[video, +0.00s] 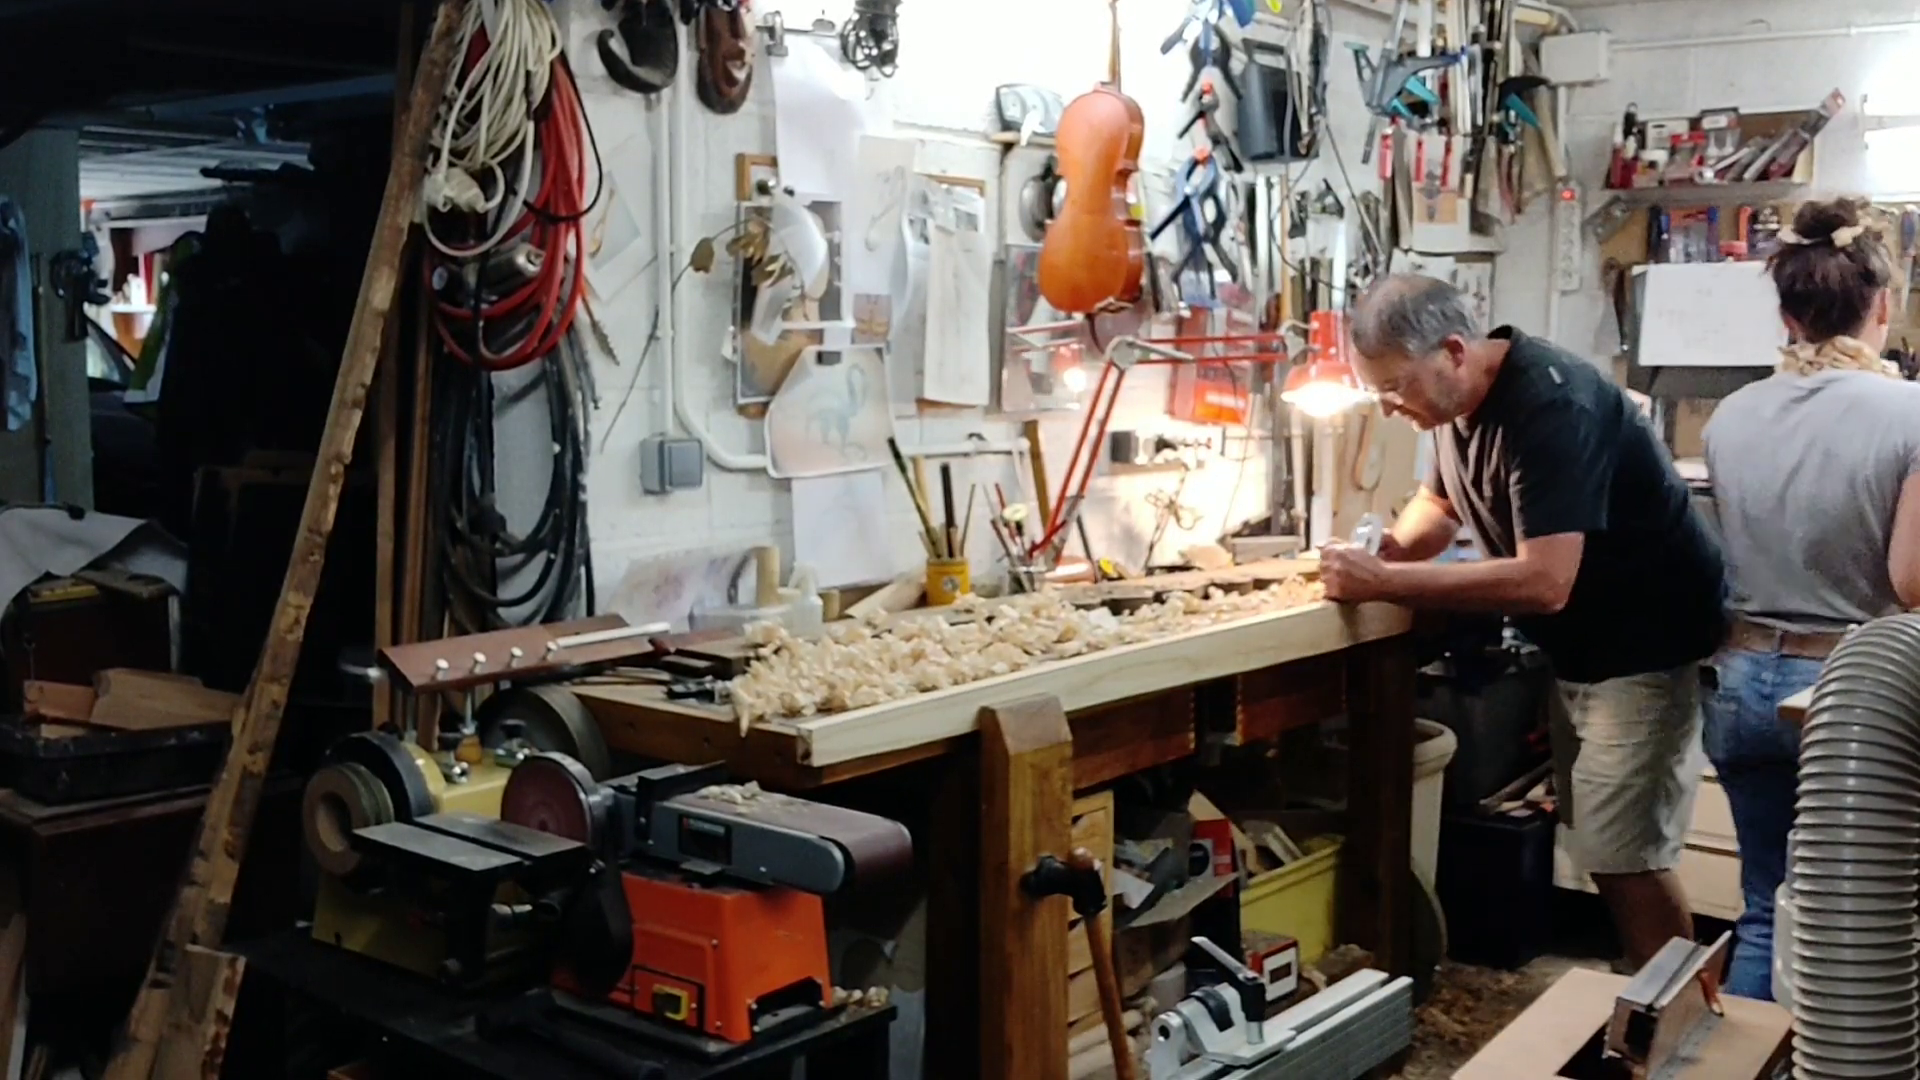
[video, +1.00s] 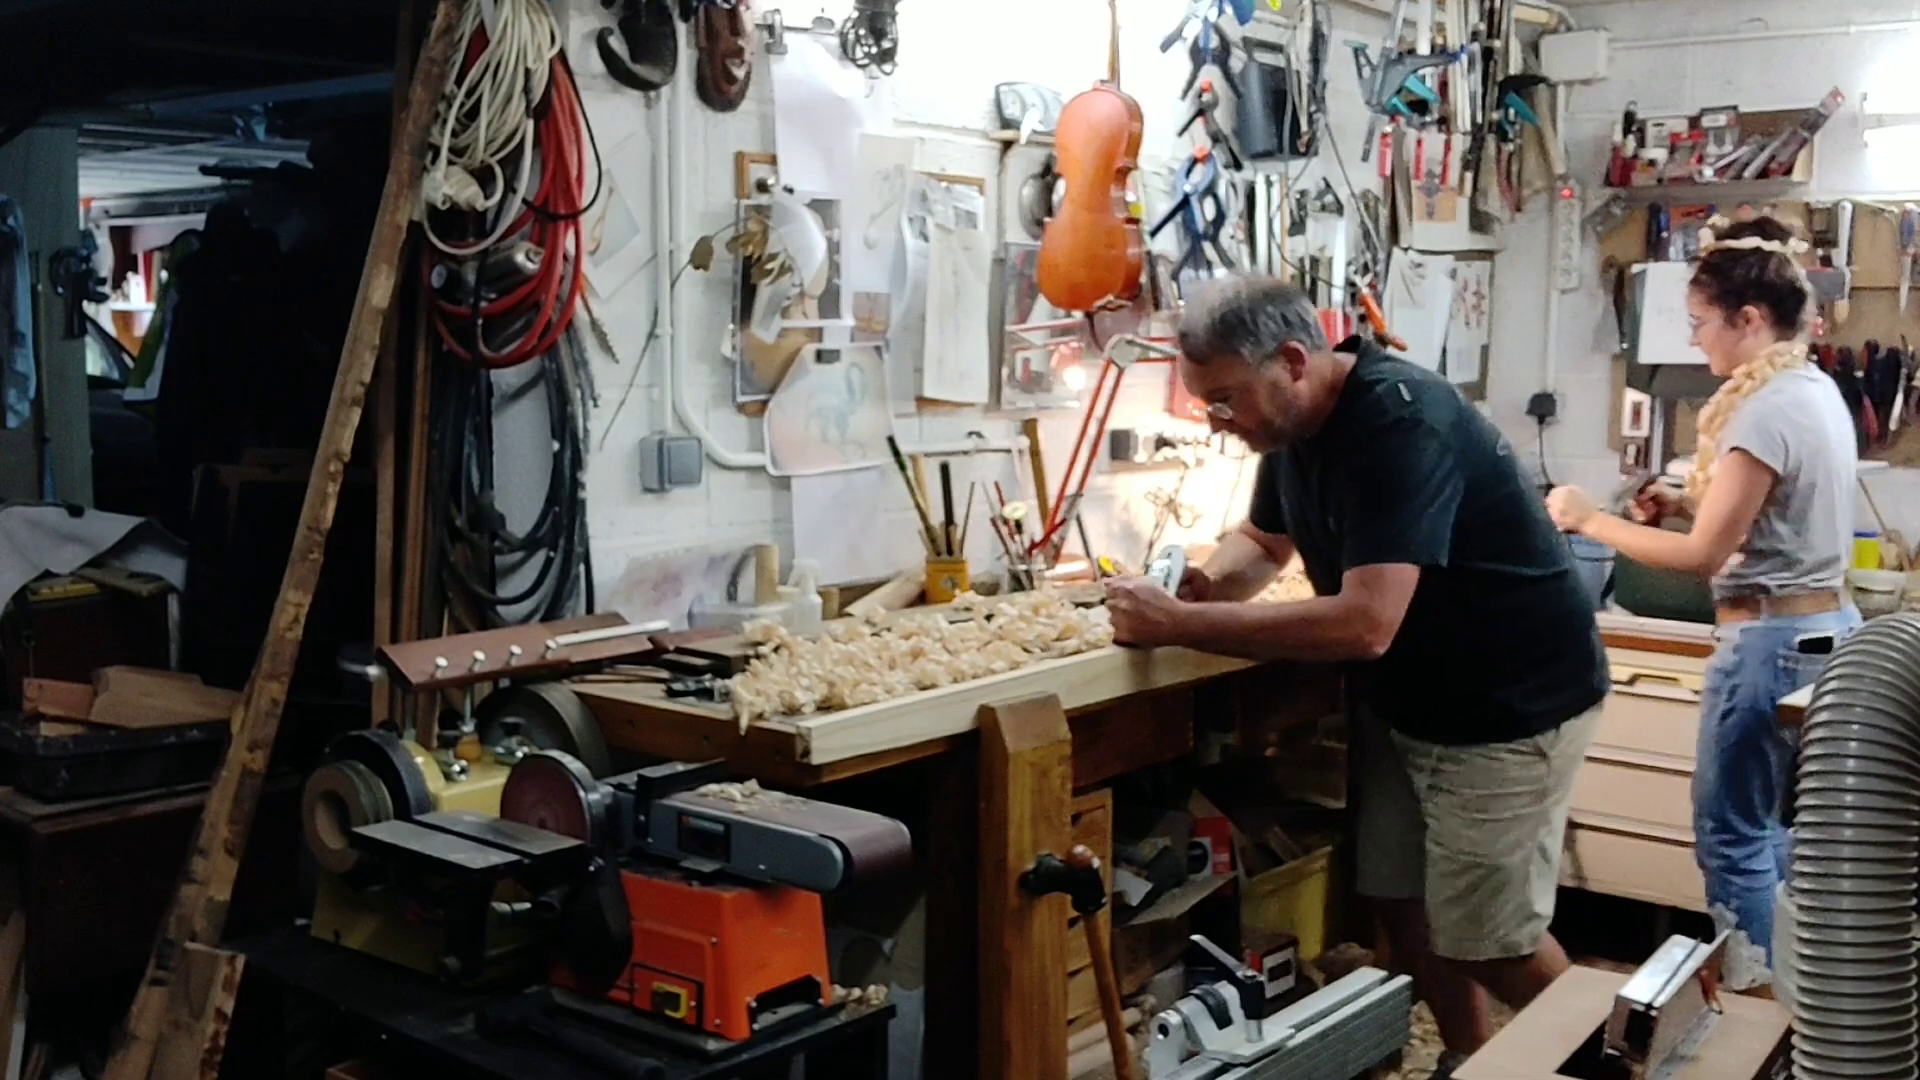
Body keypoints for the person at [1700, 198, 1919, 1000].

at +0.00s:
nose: (1893, 314)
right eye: (1891, 299)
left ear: (1786, 321)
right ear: (1881, 309)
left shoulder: (1729, 417)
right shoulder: (1905, 412)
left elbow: (1733, 543)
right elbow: (1906, 577)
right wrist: (1910, 653)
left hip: (1738, 669)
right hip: (1852, 677)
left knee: (1762, 897)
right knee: (1851, 900)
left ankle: (1749, 1059)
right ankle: (1838, 1060)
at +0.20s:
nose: (1812, 331)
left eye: (1817, 317)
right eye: (1817, 316)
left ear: (1832, 330)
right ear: (1916, 330)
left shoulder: (1771, 427)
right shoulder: (1918, 414)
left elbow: (1760, 571)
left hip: (1790, 674)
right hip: (1901, 677)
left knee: (1797, 869)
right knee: (1889, 871)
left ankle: (1791, 1036)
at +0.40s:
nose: (1839, 329)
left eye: (1840, 318)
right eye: (1838, 319)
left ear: (1861, 317)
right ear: (1918, 317)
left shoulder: (1801, 412)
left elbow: (1776, 563)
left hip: (1818, 660)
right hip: (1912, 662)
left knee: (1804, 834)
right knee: (1895, 852)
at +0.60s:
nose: (1804, 336)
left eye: (1807, 319)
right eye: (1802, 318)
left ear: (1844, 318)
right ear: (1897, 315)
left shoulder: (1813, 412)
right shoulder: (1915, 395)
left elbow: (1784, 562)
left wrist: (1722, 508)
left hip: (1826, 648)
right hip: (1911, 643)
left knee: (1780, 839)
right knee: (1891, 841)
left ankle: (1773, 997)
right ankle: (1878, 1008)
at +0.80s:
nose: (1746, 337)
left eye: (1752, 320)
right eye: (1746, 320)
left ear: (1800, 323)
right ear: (1817, 319)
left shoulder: (1788, 414)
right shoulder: (1899, 405)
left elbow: (1757, 562)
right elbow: (1909, 548)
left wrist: (1664, 518)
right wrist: (1823, 524)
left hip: (1796, 651)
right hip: (1879, 641)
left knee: (1753, 845)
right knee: (1842, 835)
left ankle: (1775, 1009)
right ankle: (1841, 1007)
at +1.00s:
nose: (1694, 341)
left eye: (1699, 323)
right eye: (1692, 324)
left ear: (1750, 319)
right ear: (1763, 317)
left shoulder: (1764, 411)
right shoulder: (1816, 392)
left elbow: (1700, 554)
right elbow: (1778, 507)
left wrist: (1590, 520)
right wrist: (1684, 504)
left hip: (1770, 638)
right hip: (1825, 625)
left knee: (1730, 831)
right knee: (1791, 818)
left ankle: (1750, 997)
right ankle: (1807, 978)